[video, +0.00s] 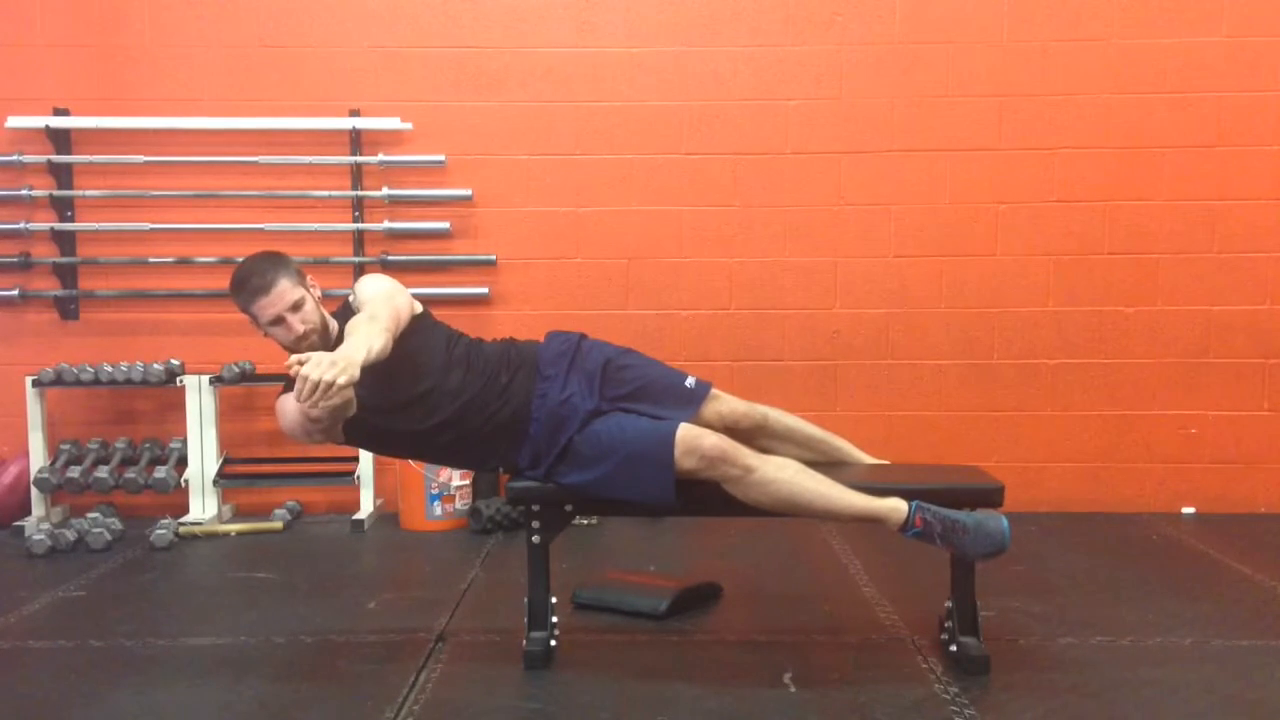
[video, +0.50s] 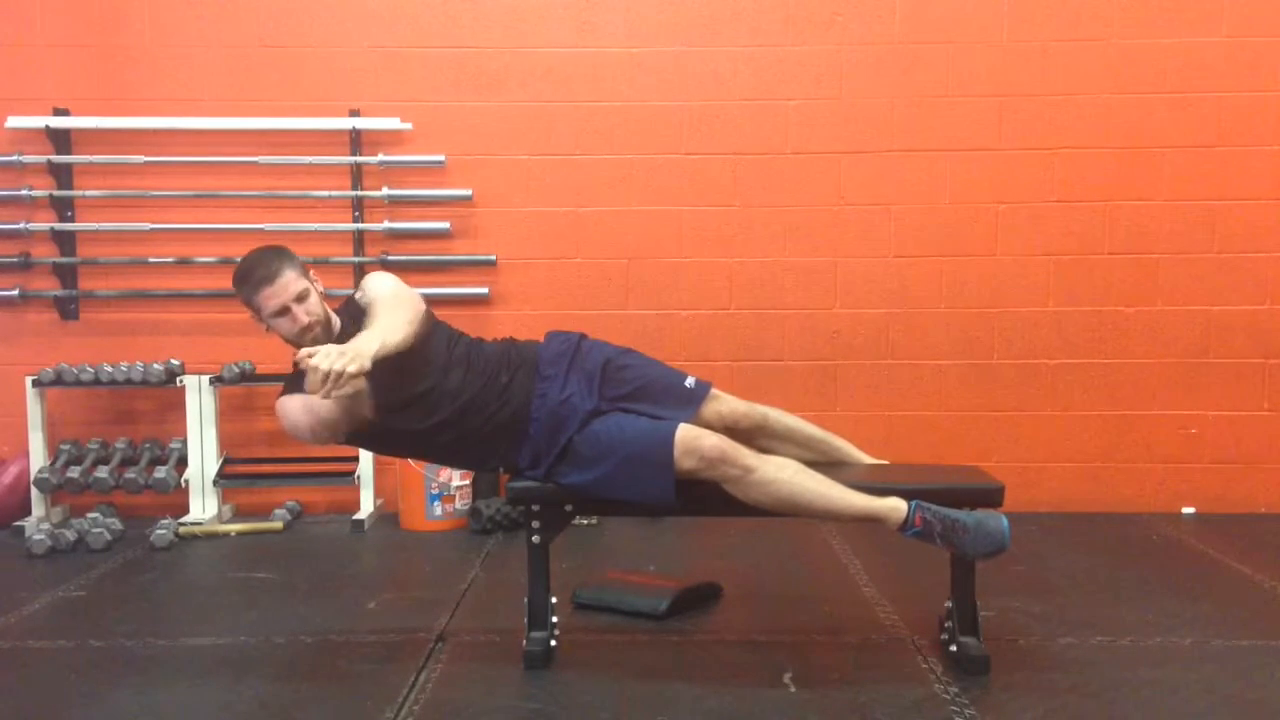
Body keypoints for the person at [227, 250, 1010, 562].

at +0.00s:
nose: (295, 327)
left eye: (294, 307)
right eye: (275, 326)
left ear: (312, 284)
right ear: (260, 337)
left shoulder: (368, 293)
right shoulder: (301, 400)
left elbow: (385, 321)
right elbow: (323, 420)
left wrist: (345, 360)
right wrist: (328, 399)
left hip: (568, 365)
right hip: (548, 446)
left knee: (737, 415)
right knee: (708, 454)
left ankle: (909, 491)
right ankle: (912, 520)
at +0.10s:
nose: (296, 325)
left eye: (295, 305)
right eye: (276, 324)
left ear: (312, 283)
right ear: (261, 336)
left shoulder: (367, 293)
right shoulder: (301, 400)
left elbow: (386, 320)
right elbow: (323, 418)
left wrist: (344, 358)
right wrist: (329, 395)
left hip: (567, 365)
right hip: (547, 446)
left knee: (735, 415)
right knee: (710, 454)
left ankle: (906, 491)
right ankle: (913, 520)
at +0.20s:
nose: (297, 324)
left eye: (296, 304)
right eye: (277, 322)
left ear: (313, 282)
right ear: (261, 335)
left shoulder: (367, 293)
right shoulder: (300, 402)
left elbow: (387, 317)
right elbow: (322, 419)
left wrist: (346, 357)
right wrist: (329, 393)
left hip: (566, 365)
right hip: (547, 446)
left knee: (735, 414)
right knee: (712, 456)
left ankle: (905, 492)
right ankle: (914, 520)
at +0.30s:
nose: (297, 322)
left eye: (296, 303)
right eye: (277, 321)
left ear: (313, 282)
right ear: (261, 333)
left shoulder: (367, 293)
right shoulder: (301, 401)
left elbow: (387, 318)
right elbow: (321, 419)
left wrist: (346, 354)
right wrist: (328, 390)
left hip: (566, 365)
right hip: (547, 446)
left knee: (734, 415)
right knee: (714, 457)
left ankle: (904, 490)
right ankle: (913, 520)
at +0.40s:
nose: (299, 320)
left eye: (297, 301)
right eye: (279, 319)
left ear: (314, 281)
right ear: (263, 333)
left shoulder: (368, 293)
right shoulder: (301, 400)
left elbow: (391, 317)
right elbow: (322, 419)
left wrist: (351, 351)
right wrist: (331, 390)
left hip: (567, 364)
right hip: (547, 445)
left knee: (734, 415)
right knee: (714, 457)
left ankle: (902, 490)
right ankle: (913, 519)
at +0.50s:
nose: (302, 314)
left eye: (302, 295)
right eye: (282, 313)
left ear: (316, 279)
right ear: (264, 329)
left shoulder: (372, 289)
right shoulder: (301, 405)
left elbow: (404, 317)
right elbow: (346, 419)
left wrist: (360, 352)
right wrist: (337, 373)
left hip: (567, 364)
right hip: (546, 445)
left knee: (737, 415)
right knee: (715, 457)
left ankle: (904, 489)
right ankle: (911, 518)